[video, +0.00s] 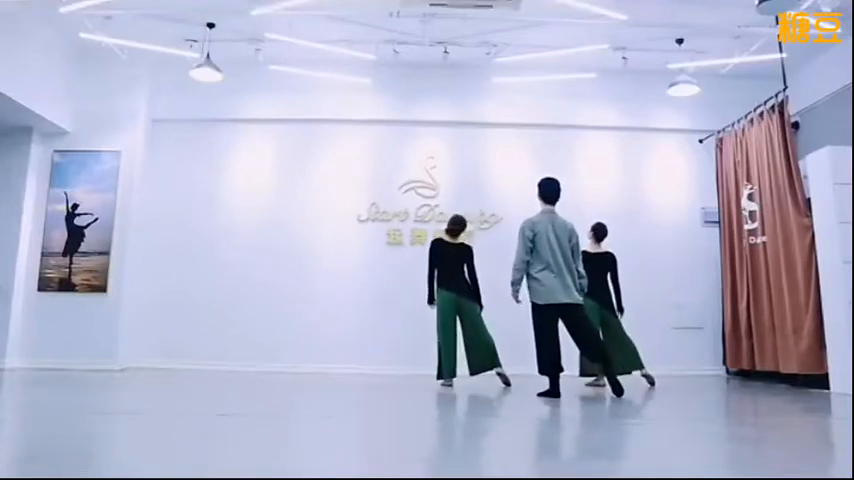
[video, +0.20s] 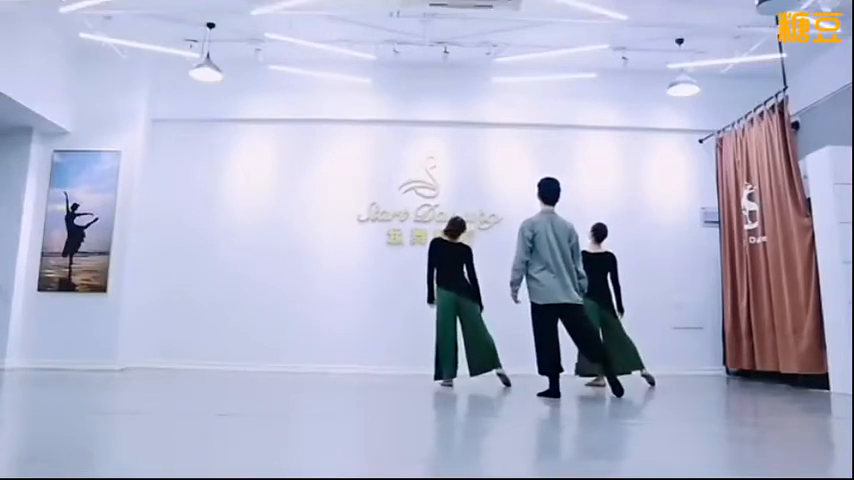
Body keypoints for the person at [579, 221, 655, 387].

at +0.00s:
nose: (588, 233)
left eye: (589, 231)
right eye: (590, 231)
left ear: (591, 235)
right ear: (604, 237)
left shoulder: (582, 256)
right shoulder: (609, 257)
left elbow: (577, 278)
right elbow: (615, 283)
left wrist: (576, 297)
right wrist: (619, 305)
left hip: (589, 301)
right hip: (606, 302)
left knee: (593, 337)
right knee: (620, 336)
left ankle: (600, 376)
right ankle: (641, 369)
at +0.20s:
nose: (589, 234)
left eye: (591, 232)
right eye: (592, 232)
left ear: (591, 235)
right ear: (605, 237)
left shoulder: (582, 256)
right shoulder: (609, 257)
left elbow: (576, 277)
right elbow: (615, 283)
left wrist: (576, 297)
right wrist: (620, 305)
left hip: (588, 300)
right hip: (606, 302)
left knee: (593, 337)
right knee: (620, 336)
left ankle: (600, 376)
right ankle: (641, 369)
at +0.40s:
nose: (591, 236)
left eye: (592, 233)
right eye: (596, 234)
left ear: (591, 235)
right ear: (605, 238)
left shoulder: (581, 256)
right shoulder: (609, 257)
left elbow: (575, 278)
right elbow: (615, 284)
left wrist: (575, 298)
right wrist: (620, 306)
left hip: (587, 302)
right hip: (605, 303)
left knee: (592, 338)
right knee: (620, 337)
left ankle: (600, 376)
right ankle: (641, 369)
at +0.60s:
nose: (594, 238)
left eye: (593, 235)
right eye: (601, 238)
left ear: (590, 236)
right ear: (604, 239)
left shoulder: (580, 256)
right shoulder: (608, 258)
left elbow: (574, 278)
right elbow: (615, 284)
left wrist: (574, 299)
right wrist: (620, 306)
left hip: (585, 303)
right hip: (604, 304)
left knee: (590, 339)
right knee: (619, 338)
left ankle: (599, 376)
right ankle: (641, 369)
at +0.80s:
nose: (591, 242)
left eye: (590, 239)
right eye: (595, 240)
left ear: (589, 240)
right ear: (602, 243)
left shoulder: (578, 258)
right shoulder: (606, 261)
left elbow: (573, 281)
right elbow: (614, 286)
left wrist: (573, 303)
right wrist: (620, 309)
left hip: (585, 306)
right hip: (603, 305)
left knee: (587, 342)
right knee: (614, 338)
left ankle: (597, 378)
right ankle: (637, 369)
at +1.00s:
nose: (590, 249)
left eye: (588, 245)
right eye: (594, 246)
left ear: (585, 246)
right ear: (599, 248)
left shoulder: (576, 264)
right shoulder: (604, 267)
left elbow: (571, 287)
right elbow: (612, 291)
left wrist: (570, 308)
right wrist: (617, 312)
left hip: (585, 308)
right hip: (603, 309)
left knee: (586, 341)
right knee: (602, 338)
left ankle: (595, 376)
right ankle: (621, 369)